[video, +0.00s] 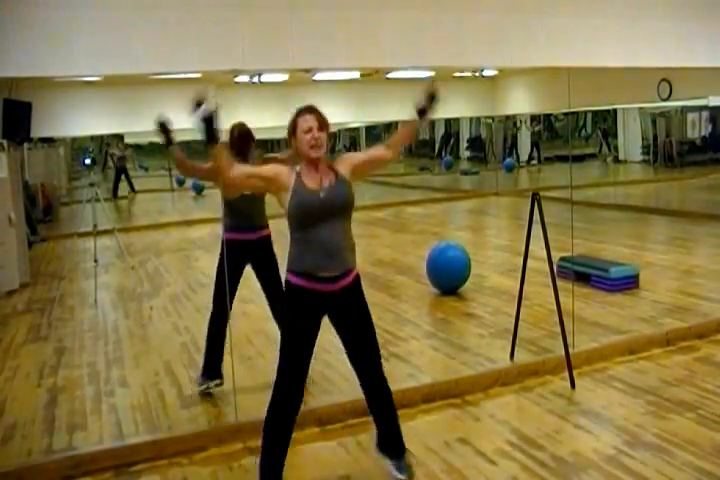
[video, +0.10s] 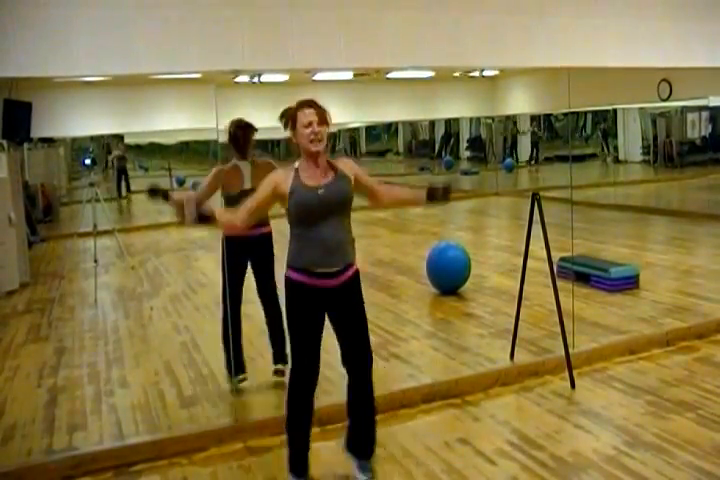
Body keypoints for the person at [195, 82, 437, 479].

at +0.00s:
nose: (315, 136)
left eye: (320, 129)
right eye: (307, 131)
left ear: (328, 136)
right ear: (294, 139)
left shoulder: (344, 168)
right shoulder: (282, 175)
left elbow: (391, 149)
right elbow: (229, 174)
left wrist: (420, 113)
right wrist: (214, 132)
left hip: (347, 287)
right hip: (303, 291)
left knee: (372, 374)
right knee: (289, 386)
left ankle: (395, 451)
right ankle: (269, 473)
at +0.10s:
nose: (314, 130)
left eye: (318, 123)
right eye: (305, 126)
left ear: (327, 128)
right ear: (293, 135)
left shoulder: (344, 168)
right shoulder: (281, 178)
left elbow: (380, 195)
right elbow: (237, 221)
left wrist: (428, 194)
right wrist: (206, 209)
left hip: (345, 280)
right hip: (303, 284)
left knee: (361, 364)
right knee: (304, 374)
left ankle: (361, 451)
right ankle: (298, 468)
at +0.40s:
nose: (314, 131)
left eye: (318, 124)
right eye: (306, 126)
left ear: (326, 128)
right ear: (293, 134)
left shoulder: (342, 171)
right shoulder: (283, 181)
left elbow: (371, 216)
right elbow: (264, 234)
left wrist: (413, 215)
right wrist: (247, 249)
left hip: (345, 280)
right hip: (303, 284)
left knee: (352, 369)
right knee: (305, 371)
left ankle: (348, 450)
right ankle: (309, 461)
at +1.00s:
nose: (317, 134)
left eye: (320, 128)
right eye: (308, 131)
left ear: (328, 133)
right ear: (295, 141)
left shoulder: (345, 176)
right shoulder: (285, 189)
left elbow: (375, 218)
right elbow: (266, 243)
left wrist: (419, 243)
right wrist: (245, 263)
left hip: (348, 288)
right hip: (306, 292)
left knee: (360, 374)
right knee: (312, 379)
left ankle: (356, 459)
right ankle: (308, 470)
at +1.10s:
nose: (318, 153)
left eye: (322, 147)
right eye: (309, 150)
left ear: (330, 153)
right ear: (297, 161)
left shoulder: (345, 195)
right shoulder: (288, 207)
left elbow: (356, 255)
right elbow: (284, 267)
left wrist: (381, 300)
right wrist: (279, 316)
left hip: (352, 312)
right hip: (310, 316)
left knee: (358, 399)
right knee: (321, 401)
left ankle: (344, 464)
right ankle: (320, 473)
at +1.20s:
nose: (320, 141)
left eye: (324, 134)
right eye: (311, 137)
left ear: (332, 140)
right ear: (299, 146)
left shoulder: (347, 183)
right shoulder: (290, 194)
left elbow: (368, 235)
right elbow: (277, 248)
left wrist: (410, 257)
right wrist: (257, 281)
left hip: (353, 298)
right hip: (311, 301)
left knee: (360, 385)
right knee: (315, 388)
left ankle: (348, 464)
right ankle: (317, 469)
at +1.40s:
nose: (323, 131)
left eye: (327, 125)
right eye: (315, 127)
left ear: (335, 131)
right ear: (301, 135)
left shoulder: (352, 165)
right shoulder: (290, 175)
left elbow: (401, 153)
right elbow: (237, 183)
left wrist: (416, 107)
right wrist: (229, 139)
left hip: (354, 284)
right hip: (311, 287)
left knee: (377, 366)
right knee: (303, 379)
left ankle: (386, 447)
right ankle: (290, 472)